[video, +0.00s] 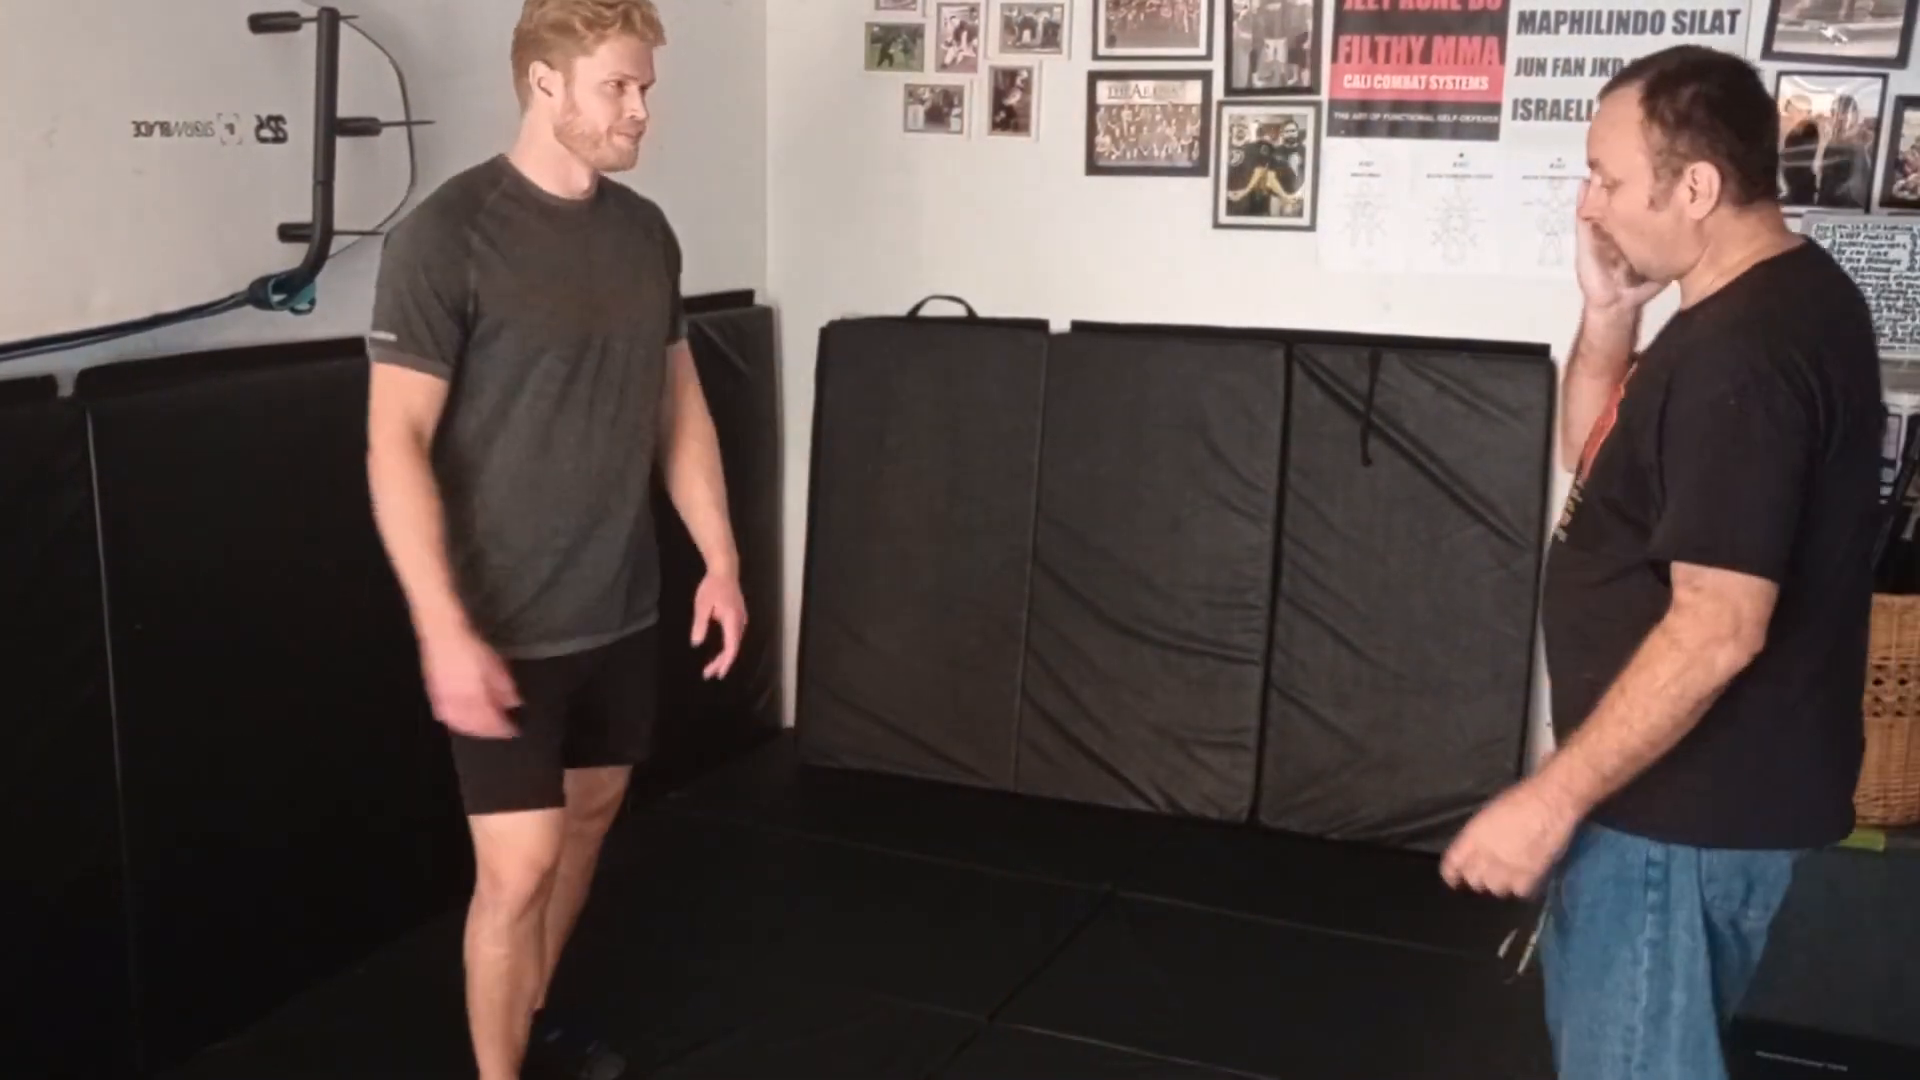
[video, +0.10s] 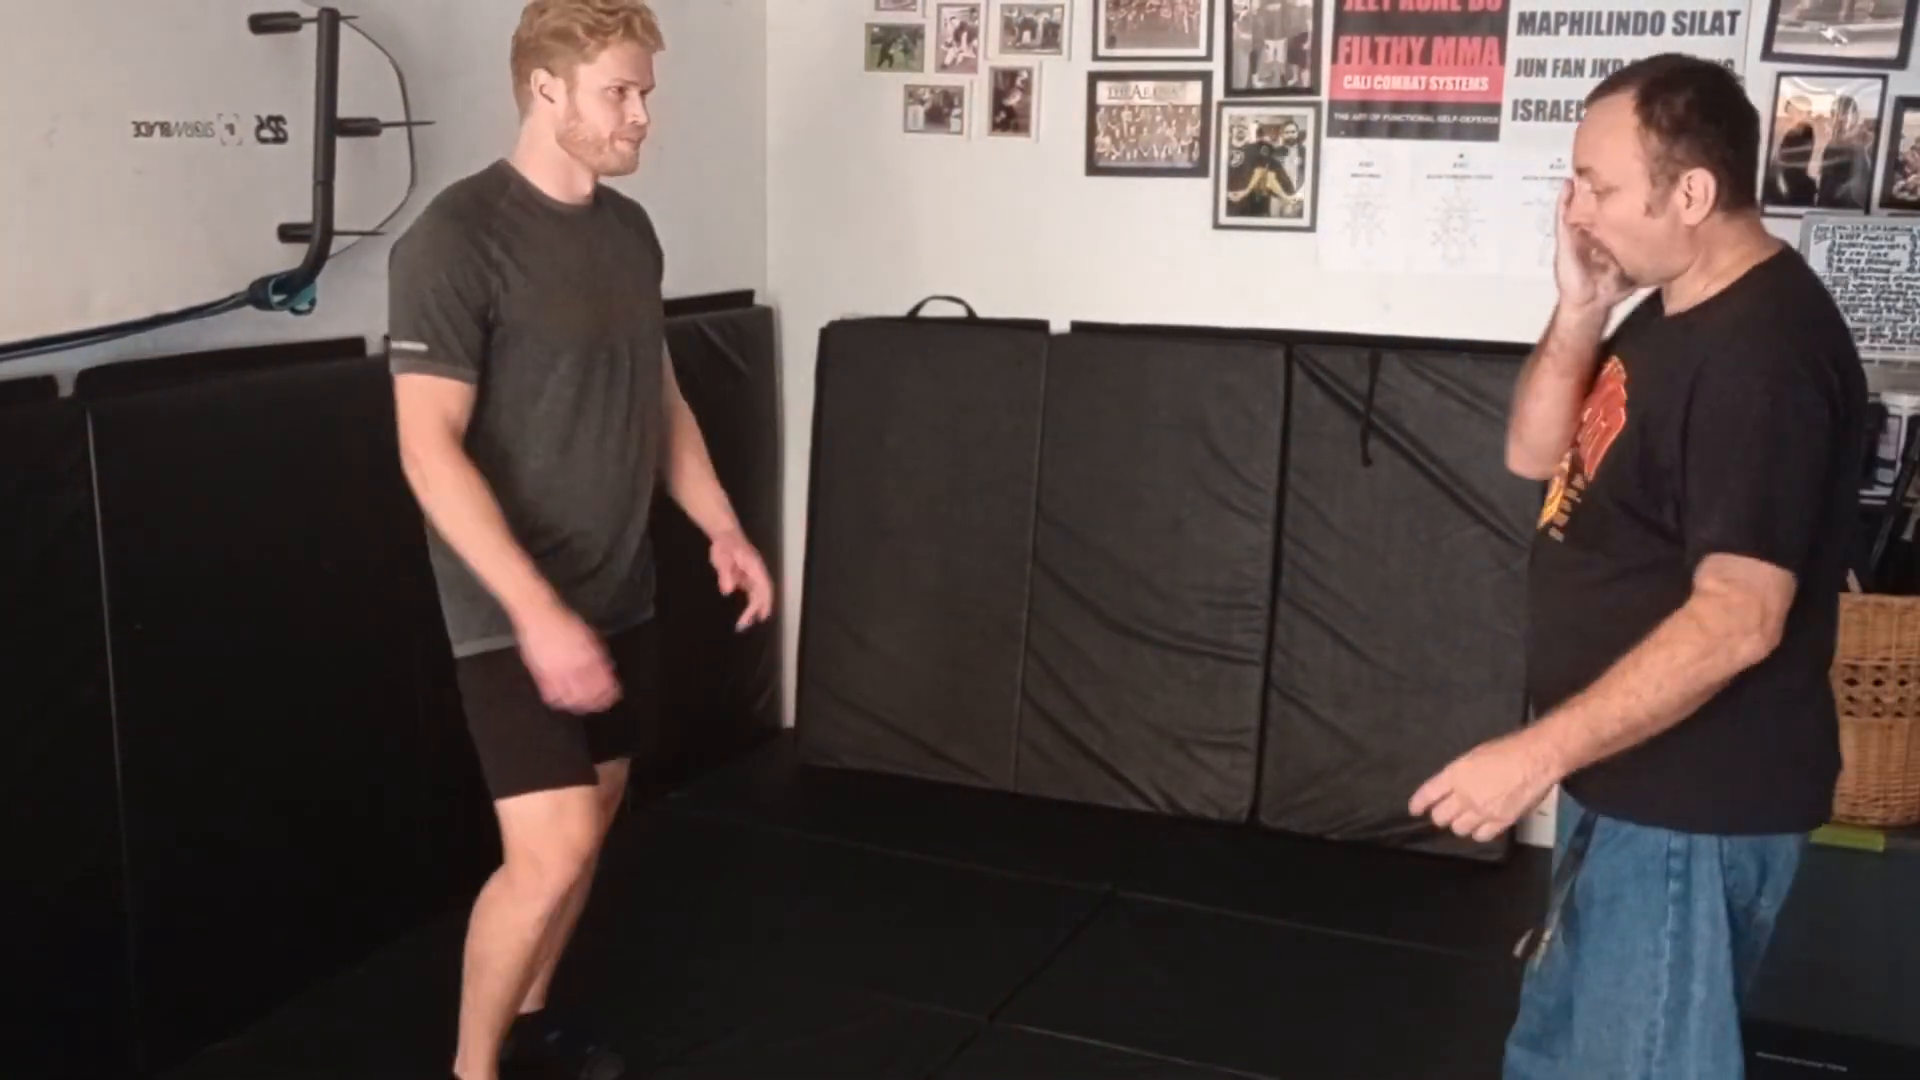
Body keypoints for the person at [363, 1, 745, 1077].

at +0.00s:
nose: (641, 112)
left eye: (647, 88)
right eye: (620, 88)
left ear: (642, 89)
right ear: (544, 87)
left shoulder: (641, 230)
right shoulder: (440, 237)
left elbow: (677, 402)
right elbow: (396, 443)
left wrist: (719, 557)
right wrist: (443, 632)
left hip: (625, 617)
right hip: (498, 630)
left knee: (582, 839)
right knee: (518, 874)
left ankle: (521, 1031)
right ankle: (495, 1068)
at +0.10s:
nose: (644, 116)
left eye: (648, 93)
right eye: (622, 94)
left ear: (605, 97)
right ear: (547, 93)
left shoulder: (628, 231)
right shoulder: (454, 237)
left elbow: (657, 402)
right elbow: (427, 447)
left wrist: (722, 527)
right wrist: (538, 613)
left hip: (616, 596)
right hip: (503, 607)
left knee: (594, 814)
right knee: (552, 847)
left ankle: (527, 1021)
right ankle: (471, 1068)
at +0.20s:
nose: (637, 109)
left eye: (644, 87)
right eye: (616, 87)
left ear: (641, 90)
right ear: (543, 88)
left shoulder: (612, 217)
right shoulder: (456, 226)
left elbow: (646, 384)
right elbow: (447, 432)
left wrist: (755, 479)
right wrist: (610, 549)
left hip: (603, 586)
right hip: (510, 595)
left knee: (554, 827)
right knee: (582, 832)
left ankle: (514, 1033)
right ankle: (488, 1068)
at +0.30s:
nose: (639, 110)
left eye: (643, 87)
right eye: (619, 87)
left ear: (566, 89)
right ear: (544, 87)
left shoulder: (600, 214)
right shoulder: (459, 220)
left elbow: (667, 367)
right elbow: (469, 417)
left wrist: (802, 389)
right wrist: (662, 451)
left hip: (596, 591)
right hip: (519, 610)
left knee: (541, 836)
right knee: (573, 859)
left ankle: (512, 1016)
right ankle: (542, 1071)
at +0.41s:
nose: (639, 114)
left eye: (643, 90)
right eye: (620, 91)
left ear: (569, 91)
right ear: (546, 87)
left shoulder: (592, 212)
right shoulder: (464, 208)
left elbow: (674, 325)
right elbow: (503, 385)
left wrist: (798, 295)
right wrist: (688, 342)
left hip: (585, 583)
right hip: (516, 599)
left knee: (532, 832)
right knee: (573, 856)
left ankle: (513, 1015)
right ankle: (540, 1069)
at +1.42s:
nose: (590, 129)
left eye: (597, 109)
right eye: (572, 108)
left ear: (589, 112)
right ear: (499, 102)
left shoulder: (565, 218)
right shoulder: (415, 213)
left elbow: (653, 328)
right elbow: (442, 376)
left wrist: (714, 210)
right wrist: (559, 242)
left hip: (552, 557)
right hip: (463, 568)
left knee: (506, 784)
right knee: (543, 816)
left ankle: (436, 984)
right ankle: (516, 1071)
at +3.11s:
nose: (702, 154)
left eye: (708, 130)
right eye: (684, 130)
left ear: (694, 124)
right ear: (609, 119)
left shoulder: (671, 233)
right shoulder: (525, 228)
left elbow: (759, 333)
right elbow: (451, 381)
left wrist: (813, 218)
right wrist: (576, 247)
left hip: (654, 585)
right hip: (566, 597)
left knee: (667, 840)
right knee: (701, 849)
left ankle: (566, 1053)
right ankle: (558, 1064)